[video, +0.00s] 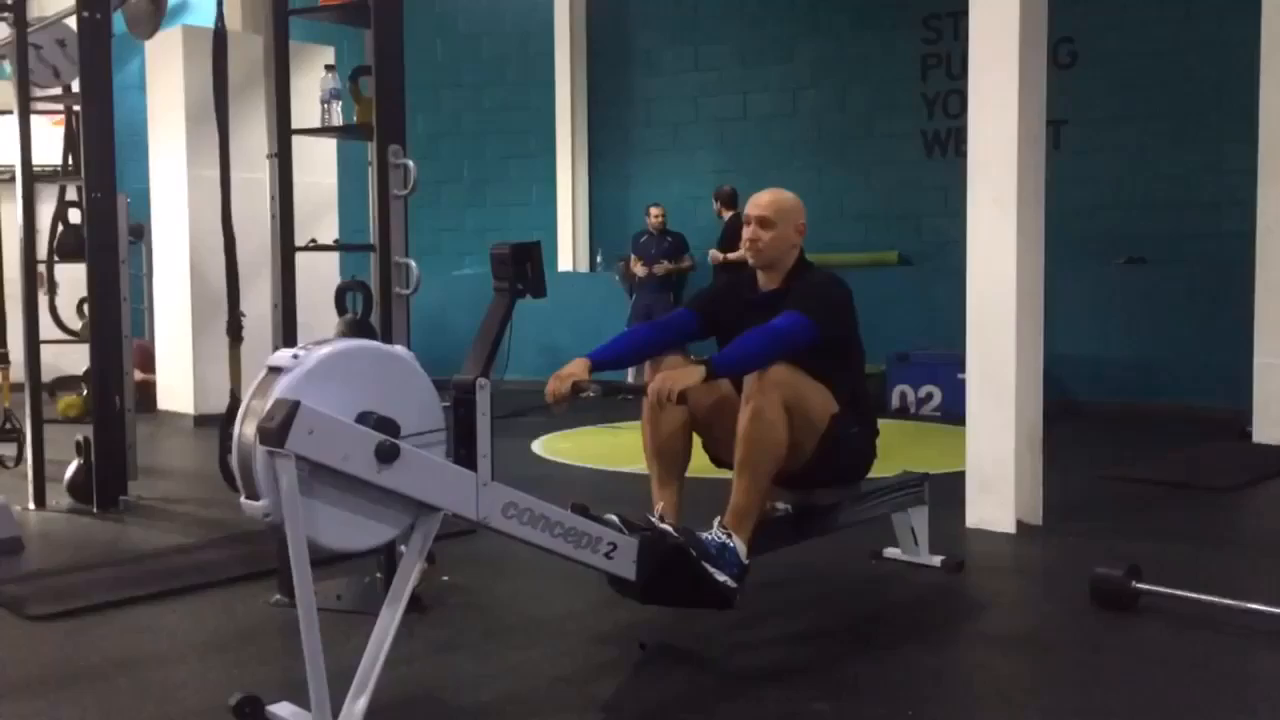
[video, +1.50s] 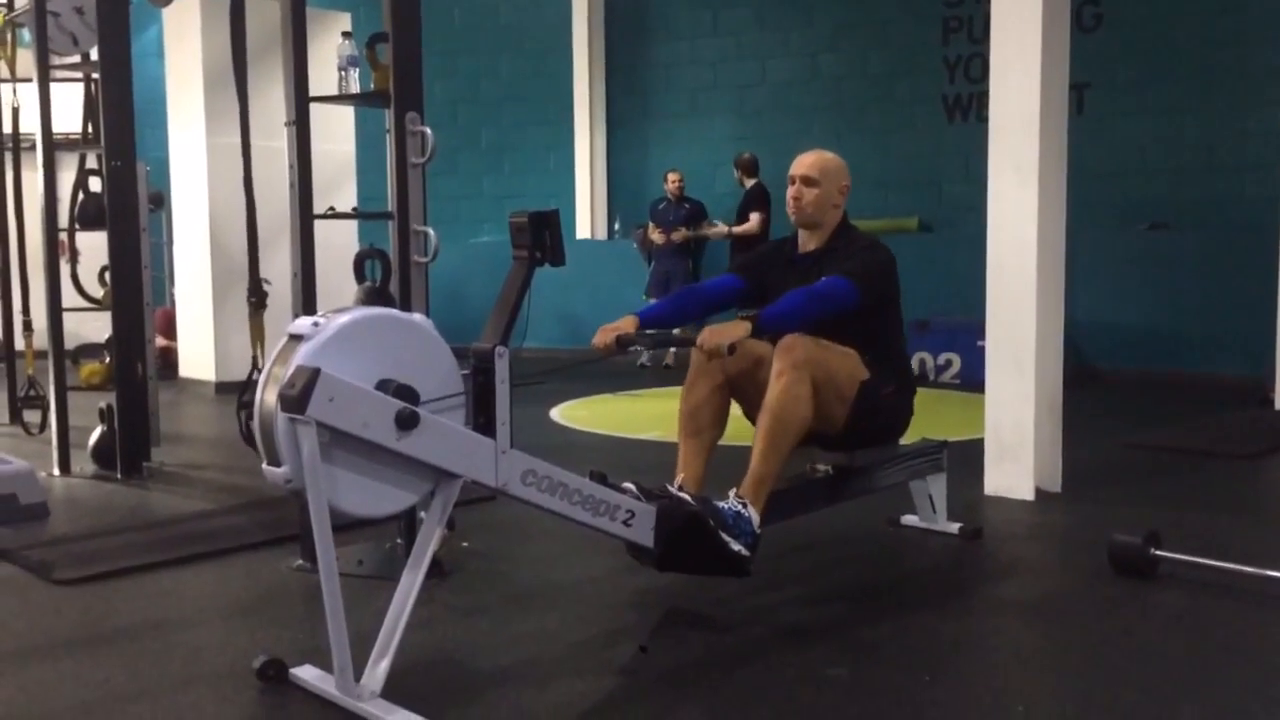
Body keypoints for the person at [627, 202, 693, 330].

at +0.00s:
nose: (660, 220)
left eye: (663, 216)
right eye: (656, 217)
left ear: (666, 217)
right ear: (648, 220)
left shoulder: (677, 238)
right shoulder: (638, 238)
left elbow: (689, 263)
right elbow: (633, 262)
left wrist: (670, 268)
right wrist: (637, 269)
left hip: (666, 296)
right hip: (642, 296)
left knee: (665, 335)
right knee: (637, 333)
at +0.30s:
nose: (661, 219)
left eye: (663, 215)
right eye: (657, 216)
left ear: (666, 217)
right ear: (649, 218)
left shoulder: (677, 238)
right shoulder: (639, 238)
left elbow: (689, 263)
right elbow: (634, 262)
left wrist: (671, 268)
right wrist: (638, 268)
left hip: (665, 295)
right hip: (643, 295)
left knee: (664, 335)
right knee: (636, 335)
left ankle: (662, 381)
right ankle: (634, 381)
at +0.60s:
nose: (662, 223)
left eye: (664, 219)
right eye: (657, 220)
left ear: (668, 220)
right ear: (650, 223)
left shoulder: (678, 239)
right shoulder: (640, 240)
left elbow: (691, 265)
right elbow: (635, 264)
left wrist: (672, 269)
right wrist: (638, 270)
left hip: (667, 296)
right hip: (644, 296)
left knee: (665, 335)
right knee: (638, 334)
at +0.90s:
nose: (663, 218)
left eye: (665, 214)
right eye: (659, 215)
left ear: (669, 216)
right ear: (651, 217)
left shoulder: (681, 239)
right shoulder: (642, 239)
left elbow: (693, 263)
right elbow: (637, 262)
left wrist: (674, 267)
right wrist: (641, 269)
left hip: (669, 296)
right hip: (646, 295)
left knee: (668, 337)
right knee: (639, 336)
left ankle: (667, 385)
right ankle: (635, 384)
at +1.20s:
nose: (674, 200)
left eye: (676, 196)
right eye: (670, 196)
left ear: (680, 198)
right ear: (662, 199)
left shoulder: (691, 220)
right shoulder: (654, 219)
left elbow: (704, 243)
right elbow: (648, 242)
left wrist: (684, 248)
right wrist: (652, 249)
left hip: (680, 276)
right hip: (658, 275)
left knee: (679, 318)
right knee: (649, 316)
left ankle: (680, 364)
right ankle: (645, 362)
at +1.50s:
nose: (678, 185)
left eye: (680, 181)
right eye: (673, 182)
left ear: (684, 183)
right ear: (666, 185)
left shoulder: (695, 206)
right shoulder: (656, 206)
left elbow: (705, 231)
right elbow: (651, 229)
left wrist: (688, 234)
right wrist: (654, 236)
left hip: (683, 263)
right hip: (660, 263)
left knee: (679, 308)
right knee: (654, 306)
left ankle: (673, 351)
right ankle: (648, 350)